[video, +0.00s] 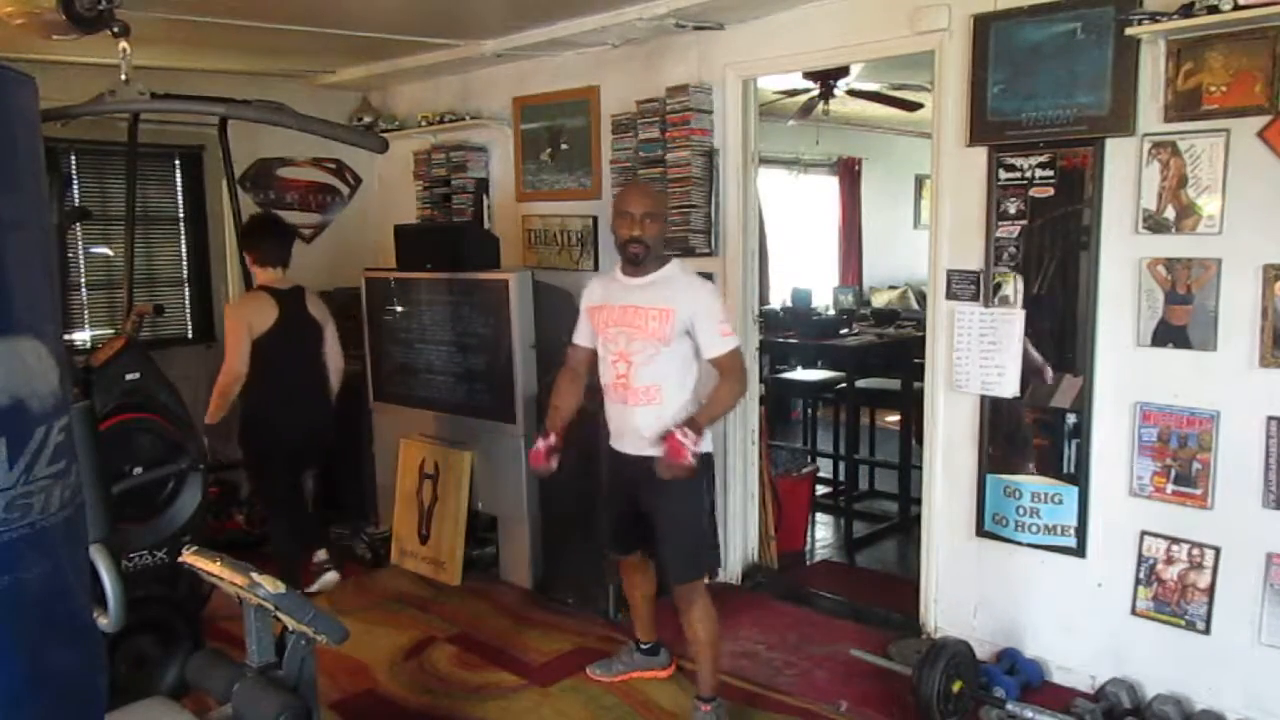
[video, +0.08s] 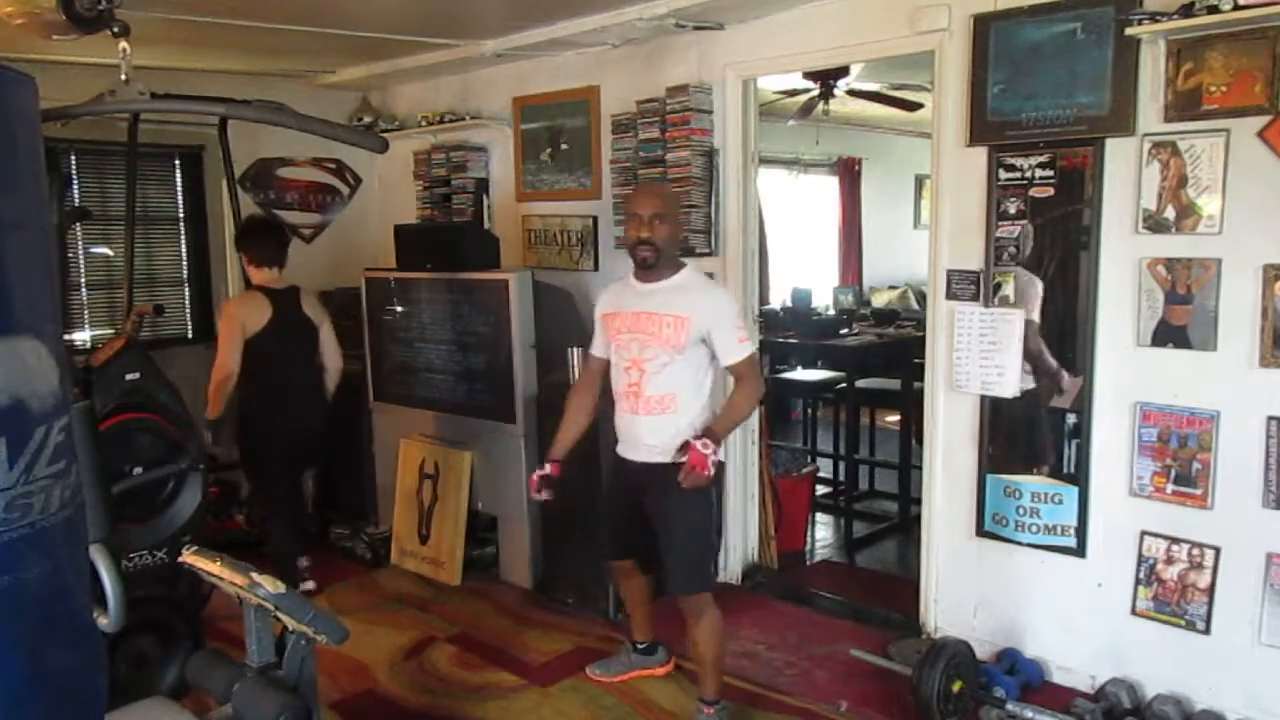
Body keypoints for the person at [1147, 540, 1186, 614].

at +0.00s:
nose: (1173, 554)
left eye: (1176, 552)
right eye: (1170, 551)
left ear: (1179, 553)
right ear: (1167, 552)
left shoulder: (1183, 567)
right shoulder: (1160, 565)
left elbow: (1182, 585)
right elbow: (1153, 580)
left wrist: (1174, 603)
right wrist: (1151, 595)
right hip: (1160, 599)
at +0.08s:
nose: (1173, 554)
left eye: (1176, 552)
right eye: (1171, 551)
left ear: (1179, 553)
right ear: (1167, 552)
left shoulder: (1182, 567)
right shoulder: (1160, 565)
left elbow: (1181, 585)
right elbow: (1154, 581)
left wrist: (1174, 603)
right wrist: (1151, 595)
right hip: (1159, 599)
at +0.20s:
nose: (1173, 554)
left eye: (1176, 552)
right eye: (1171, 551)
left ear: (1179, 553)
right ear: (1167, 551)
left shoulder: (1183, 567)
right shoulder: (1160, 565)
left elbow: (1181, 585)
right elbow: (1154, 580)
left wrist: (1174, 603)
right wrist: (1151, 595)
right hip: (1159, 599)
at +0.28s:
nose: (1173, 554)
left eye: (1176, 552)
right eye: (1171, 551)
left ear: (1179, 553)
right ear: (1167, 551)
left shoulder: (1183, 567)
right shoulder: (1160, 565)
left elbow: (1181, 585)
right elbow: (1154, 580)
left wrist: (1174, 603)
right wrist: (1151, 595)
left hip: (1174, 601)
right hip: (1159, 599)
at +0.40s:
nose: (1173, 554)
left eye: (1176, 552)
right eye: (1171, 551)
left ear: (1180, 553)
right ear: (1167, 551)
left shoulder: (1183, 567)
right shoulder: (1160, 565)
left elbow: (1181, 585)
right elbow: (1153, 580)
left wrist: (1174, 602)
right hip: (1159, 600)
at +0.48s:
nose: (1173, 554)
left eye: (1176, 552)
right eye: (1171, 551)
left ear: (1180, 553)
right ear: (1167, 551)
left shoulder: (1183, 567)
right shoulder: (1160, 565)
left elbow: (1181, 585)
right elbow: (1153, 580)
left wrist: (1174, 602)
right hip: (1159, 600)